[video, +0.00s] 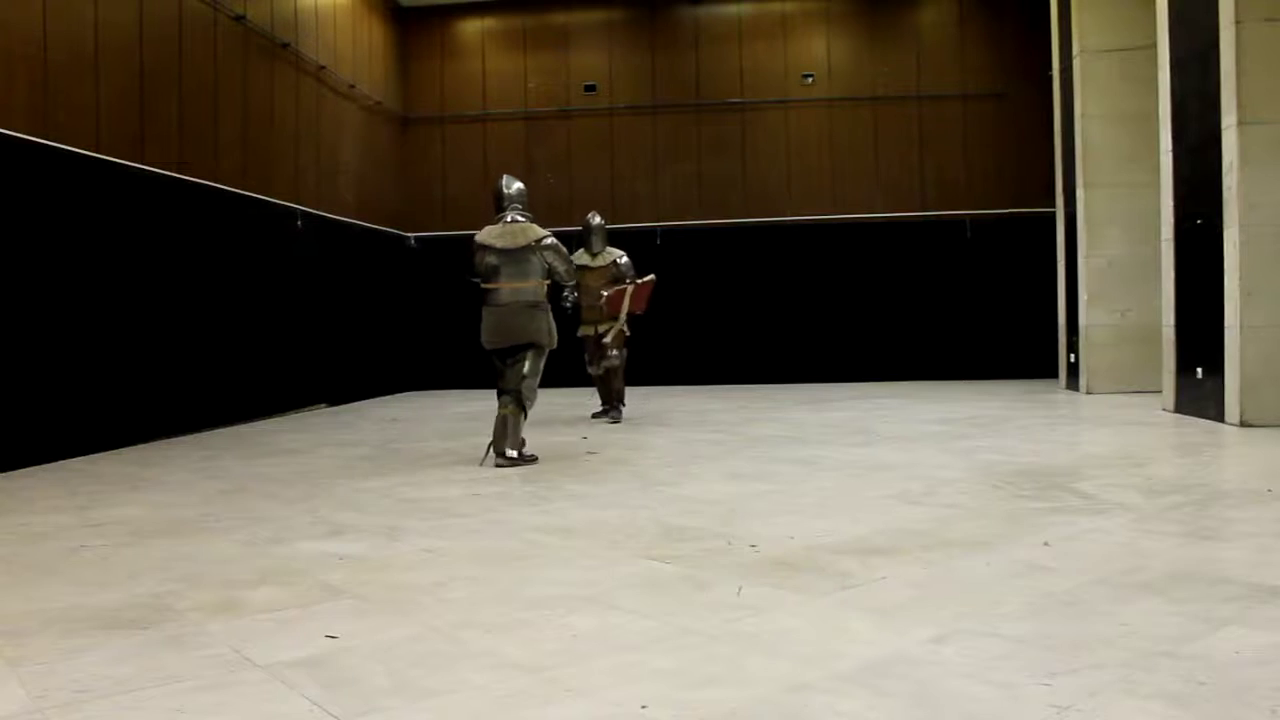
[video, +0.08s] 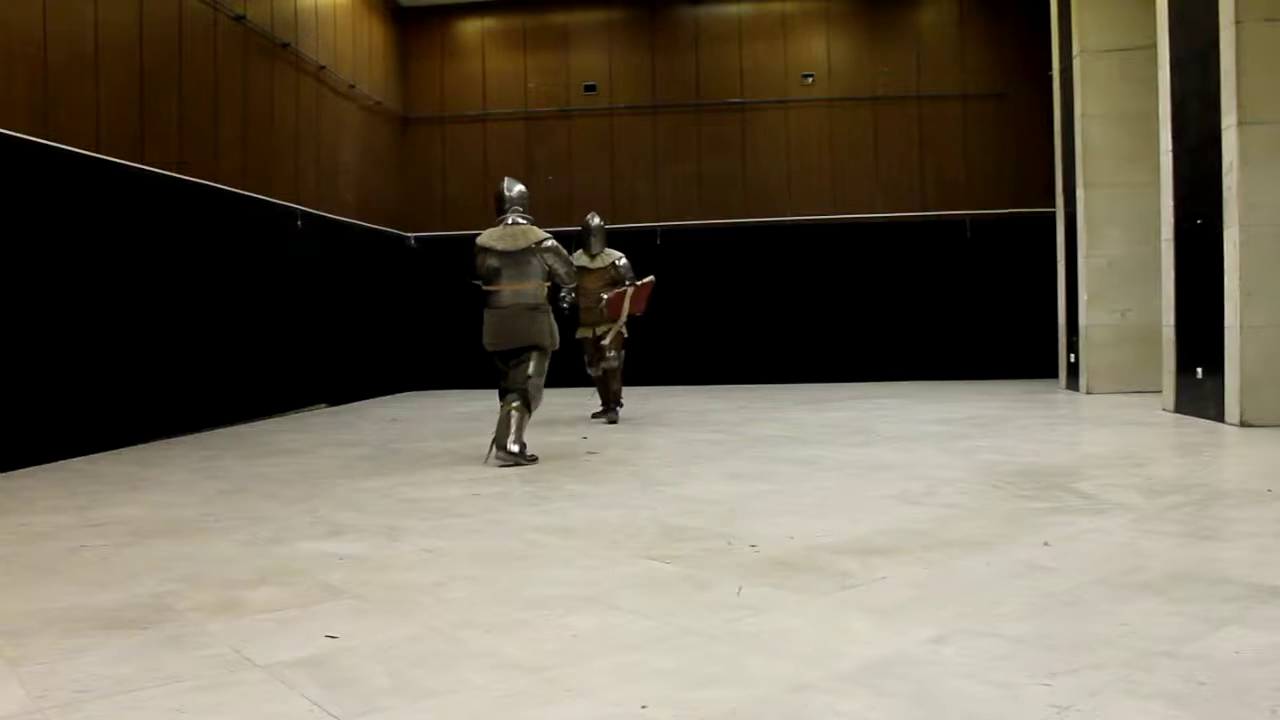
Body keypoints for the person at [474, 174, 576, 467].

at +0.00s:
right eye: (523, 200)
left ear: (498, 204)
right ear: (526, 202)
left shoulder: (484, 239)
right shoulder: (540, 238)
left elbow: (480, 274)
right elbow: (567, 274)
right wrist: (565, 294)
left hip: (495, 319)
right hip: (533, 317)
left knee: (508, 382)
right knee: (522, 384)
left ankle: (507, 444)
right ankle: (507, 447)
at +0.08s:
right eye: (525, 202)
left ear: (499, 206)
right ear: (527, 204)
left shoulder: (485, 242)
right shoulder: (540, 240)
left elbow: (483, 276)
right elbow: (569, 277)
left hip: (497, 322)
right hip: (534, 320)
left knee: (511, 381)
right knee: (529, 384)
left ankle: (503, 440)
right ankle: (512, 443)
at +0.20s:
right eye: (528, 204)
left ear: (502, 206)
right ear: (530, 205)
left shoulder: (487, 240)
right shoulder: (541, 238)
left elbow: (485, 275)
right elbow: (569, 275)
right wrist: (559, 297)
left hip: (499, 321)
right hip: (536, 320)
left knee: (508, 375)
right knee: (546, 378)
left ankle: (513, 435)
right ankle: (521, 427)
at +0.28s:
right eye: (530, 201)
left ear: (505, 204)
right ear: (532, 203)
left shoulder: (490, 238)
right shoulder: (542, 237)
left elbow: (488, 272)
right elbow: (571, 270)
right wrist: (559, 292)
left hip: (502, 316)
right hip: (538, 315)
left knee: (512, 375)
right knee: (550, 375)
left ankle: (515, 440)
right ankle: (534, 432)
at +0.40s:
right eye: (538, 204)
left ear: (512, 206)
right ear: (539, 205)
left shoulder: (496, 238)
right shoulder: (546, 238)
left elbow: (496, 269)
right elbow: (576, 266)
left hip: (505, 318)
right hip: (541, 318)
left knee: (517, 372)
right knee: (559, 376)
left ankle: (515, 434)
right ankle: (554, 438)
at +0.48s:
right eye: (541, 207)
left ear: (515, 210)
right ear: (541, 209)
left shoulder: (500, 242)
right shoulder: (550, 243)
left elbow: (500, 274)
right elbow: (581, 271)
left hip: (507, 319)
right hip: (543, 320)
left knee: (517, 368)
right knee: (559, 375)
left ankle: (511, 420)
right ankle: (554, 436)